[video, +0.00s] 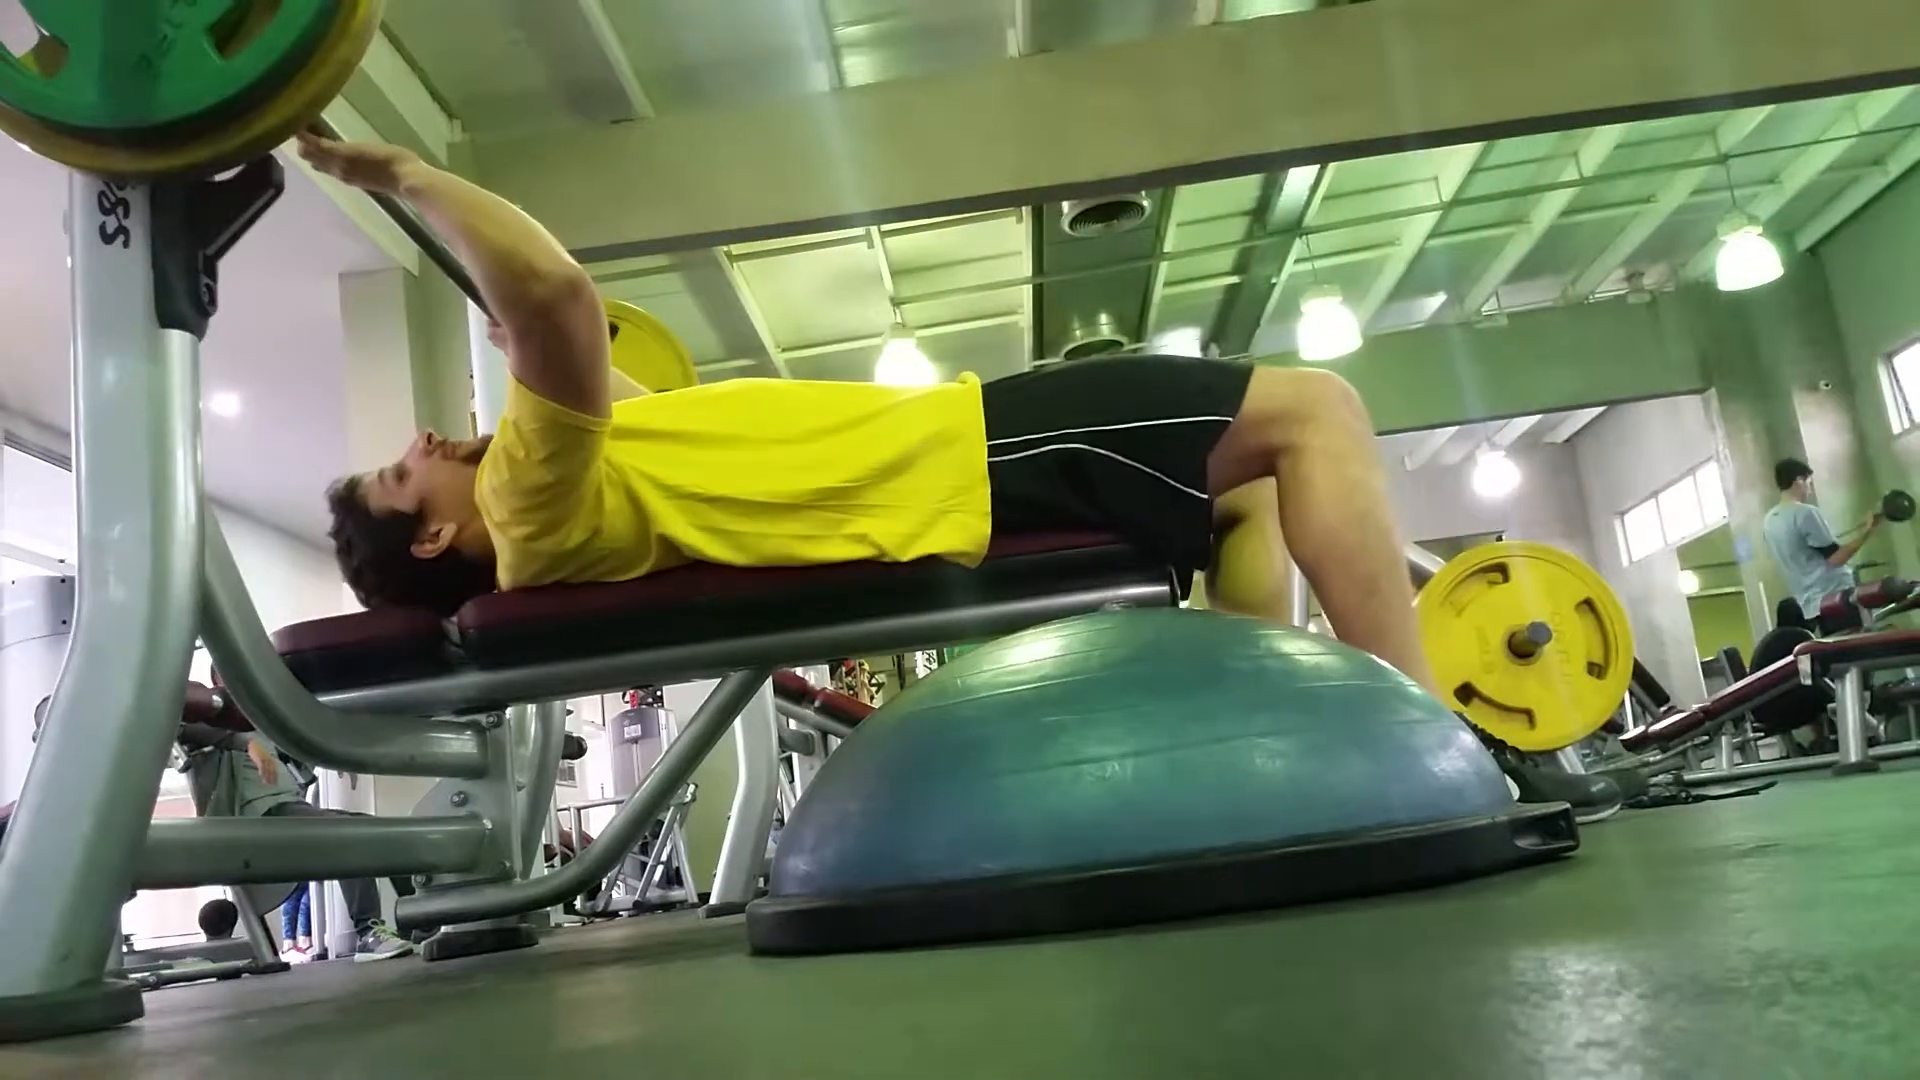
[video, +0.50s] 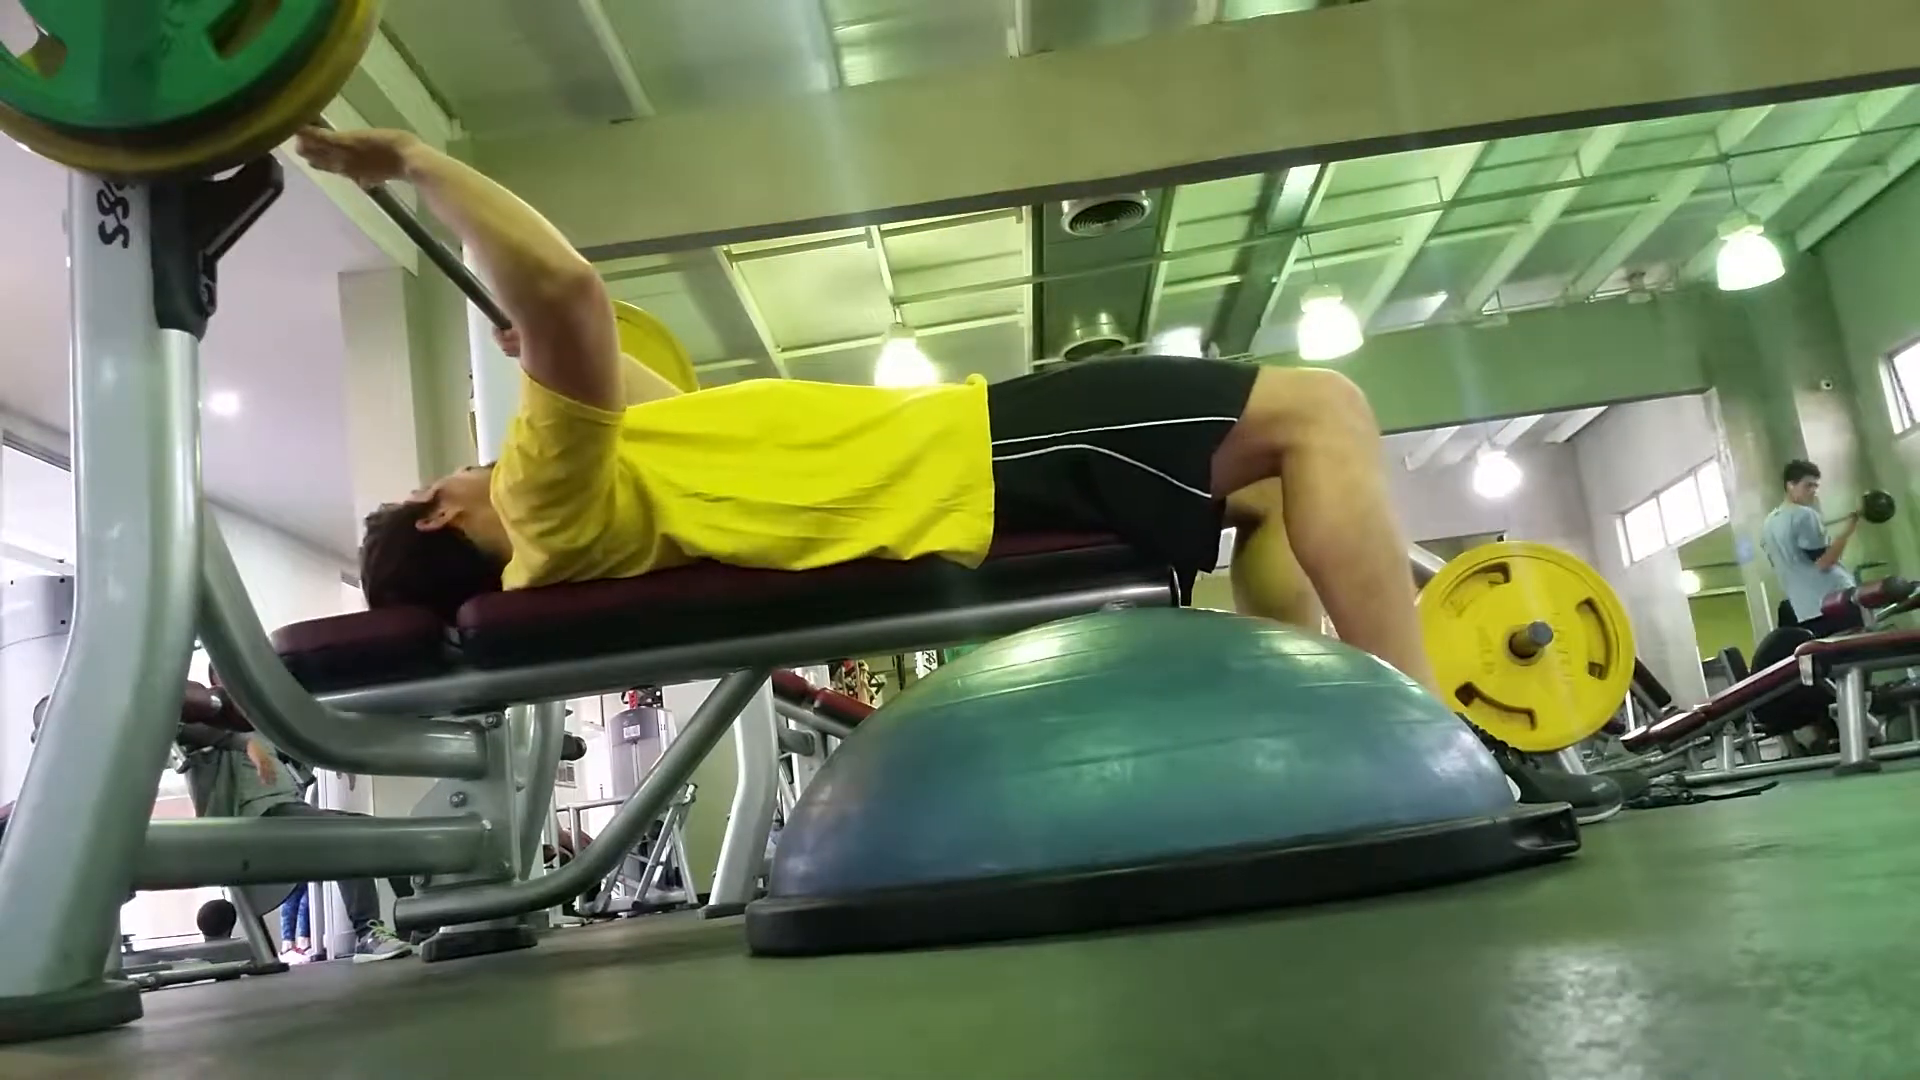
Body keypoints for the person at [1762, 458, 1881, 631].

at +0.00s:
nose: (1811, 489)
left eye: (1811, 482)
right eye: (1809, 482)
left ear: (1782, 484)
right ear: (1797, 481)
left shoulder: (1770, 520)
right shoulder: (1805, 513)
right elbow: (1835, 558)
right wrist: (1867, 531)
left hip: (1810, 608)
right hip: (1837, 601)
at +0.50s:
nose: (1814, 491)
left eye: (1815, 486)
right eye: (1809, 486)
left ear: (1790, 486)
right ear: (1790, 486)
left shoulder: (1770, 522)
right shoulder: (1804, 516)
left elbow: (1777, 564)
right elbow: (1823, 561)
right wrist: (1847, 531)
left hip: (1805, 612)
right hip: (1835, 606)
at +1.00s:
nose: (1826, 491)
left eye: (1827, 486)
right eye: (1821, 485)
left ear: (1801, 483)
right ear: (1802, 482)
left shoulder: (1777, 518)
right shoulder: (1811, 510)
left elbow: (1773, 571)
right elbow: (1805, 556)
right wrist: (1853, 564)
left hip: (1801, 615)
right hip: (1831, 609)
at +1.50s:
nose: (1814, 498)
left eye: (1815, 492)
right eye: (1813, 492)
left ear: (1783, 489)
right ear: (1802, 489)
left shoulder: (1766, 520)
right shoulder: (1803, 513)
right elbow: (1830, 557)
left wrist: (1839, 532)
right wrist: (1860, 528)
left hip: (1807, 610)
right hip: (1837, 605)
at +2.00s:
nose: (1815, 482)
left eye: (1813, 476)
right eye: (1812, 477)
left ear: (1787, 484)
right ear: (1803, 481)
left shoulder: (1774, 520)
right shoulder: (1809, 508)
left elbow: (1772, 567)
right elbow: (1815, 554)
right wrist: (1856, 558)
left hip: (1799, 612)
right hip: (1831, 606)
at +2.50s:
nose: (1835, 476)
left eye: (1831, 471)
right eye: (1830, 472)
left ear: (1808, 485)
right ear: (1823, 480)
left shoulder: (1795, 513)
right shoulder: (1829, 505)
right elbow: (1837, 555)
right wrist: (1854, 596)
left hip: (1798, 605)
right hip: (1827, 603)